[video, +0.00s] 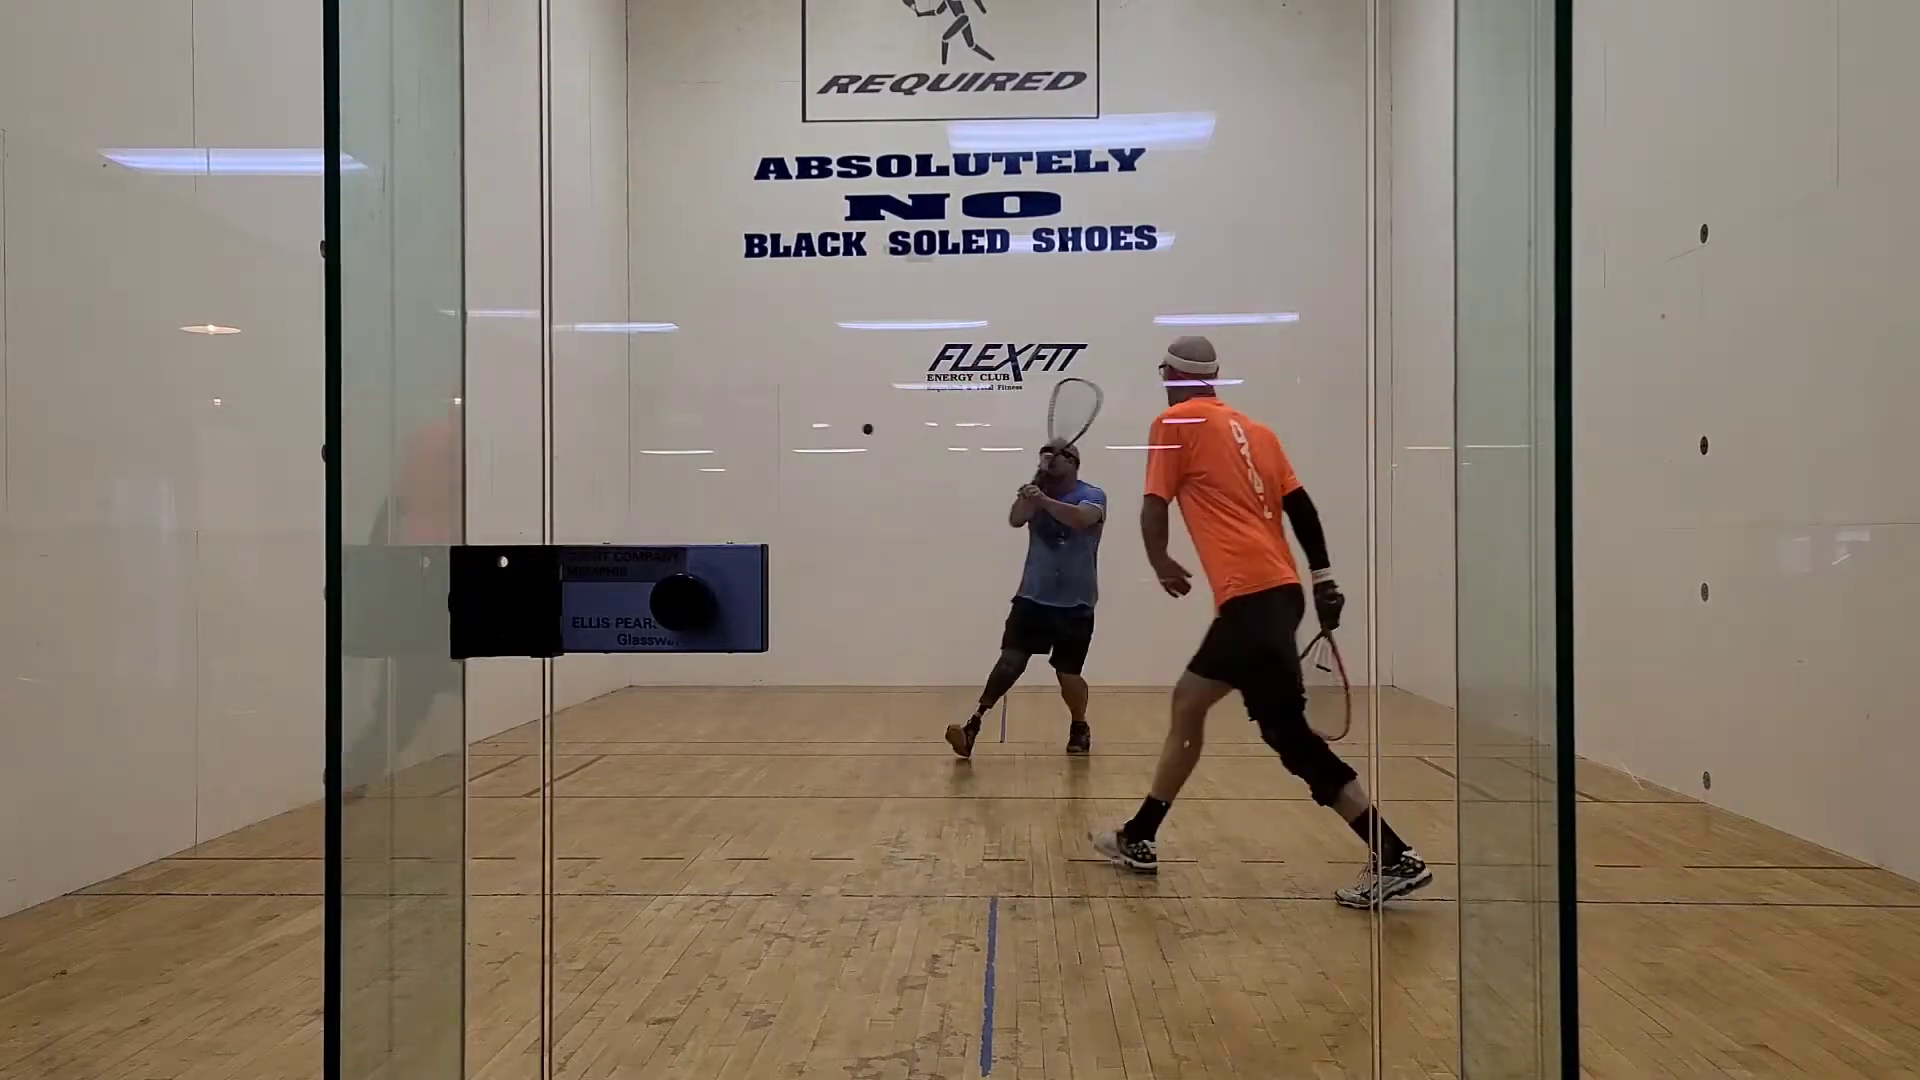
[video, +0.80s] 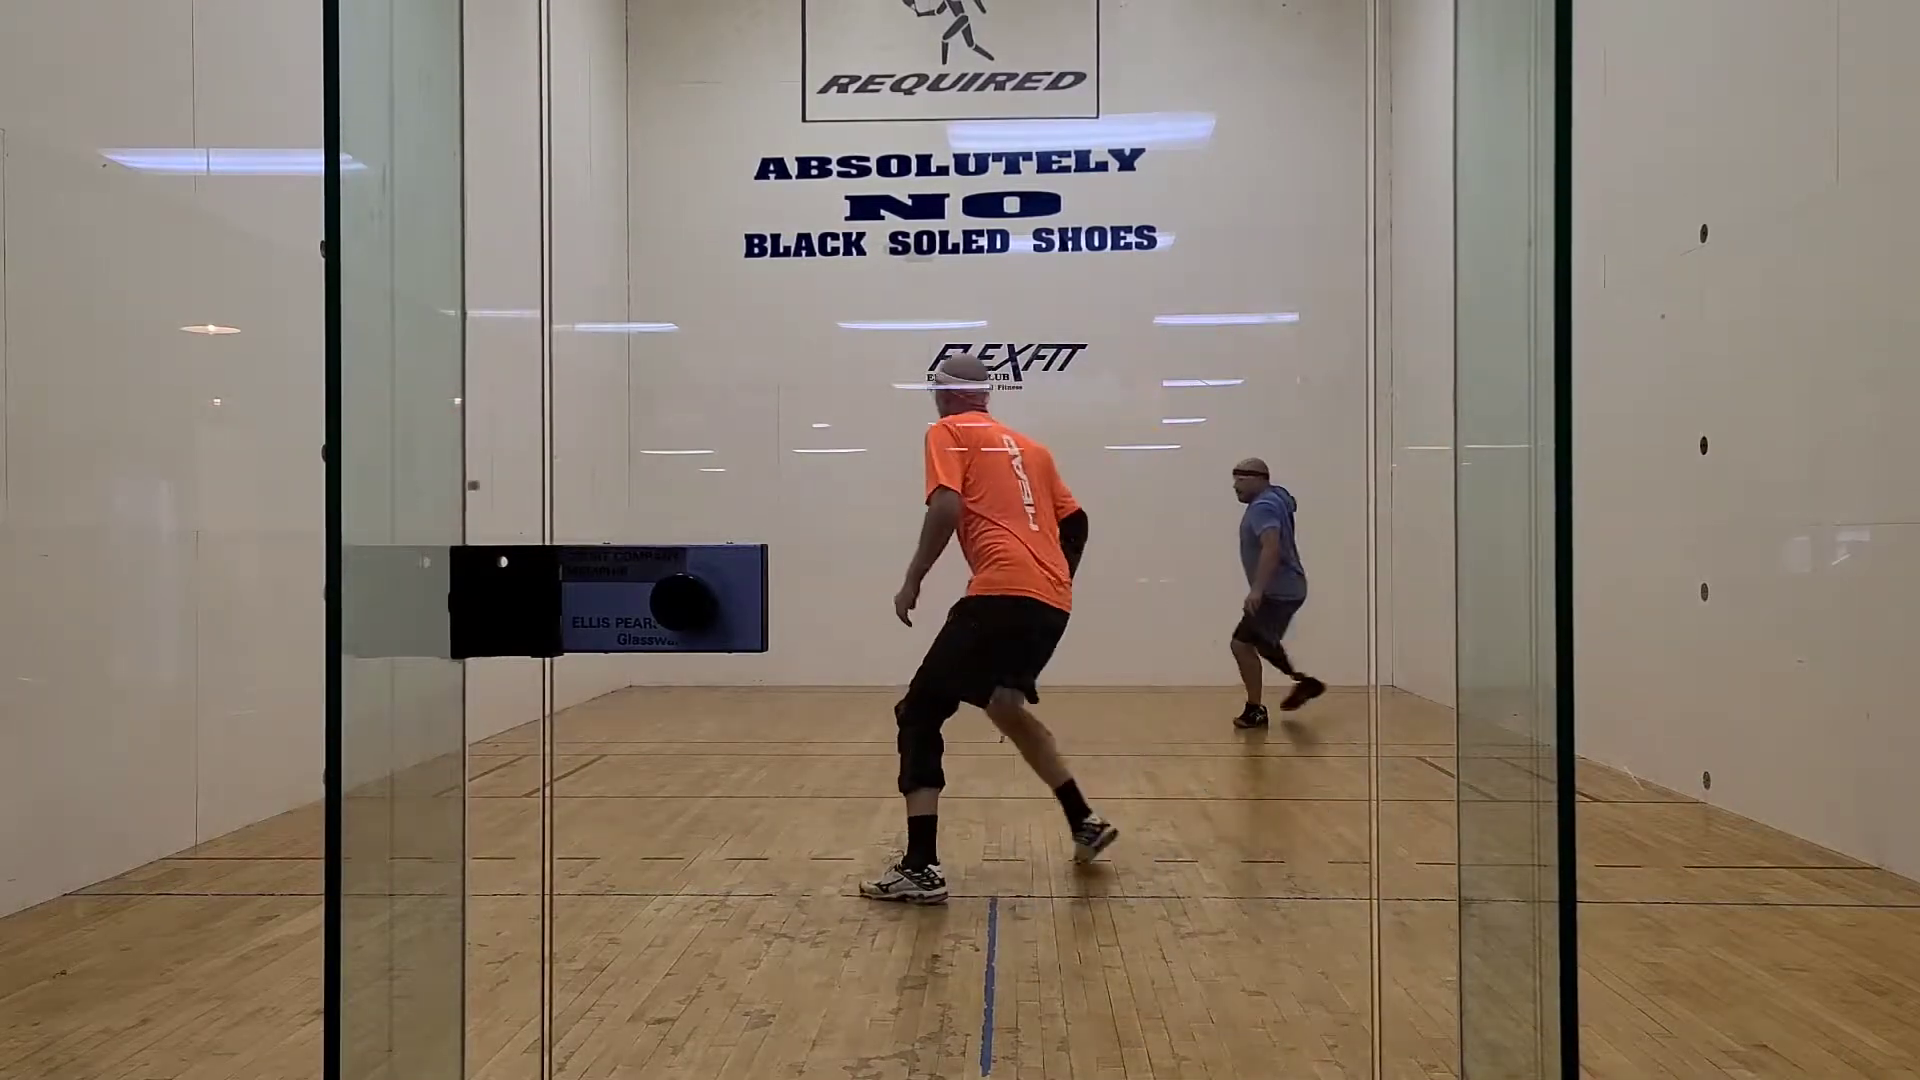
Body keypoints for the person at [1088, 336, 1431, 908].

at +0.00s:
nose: (1164, 389)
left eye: (1165, 380)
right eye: (1168, 379)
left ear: (1171, 380)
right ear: (1214, 379)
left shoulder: (1173, 425)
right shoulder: (1255, 430)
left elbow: (1154, 512)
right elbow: (1300, 505)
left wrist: (1159, 561)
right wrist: (1324, 579)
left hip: (1247, 596)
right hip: (1281, 590)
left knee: (1291, 739)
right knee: (1188, 701)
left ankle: (1394, 856)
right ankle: (1139, 836)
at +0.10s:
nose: (1133, 391)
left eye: (1137, 383)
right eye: (1136, 382)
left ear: (1150, 384)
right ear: (1180, 388)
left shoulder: (1140, 422)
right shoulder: (1212, 440)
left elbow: (1124, 502)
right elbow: (1256, 519)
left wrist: (1116, 580)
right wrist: (1277, 597)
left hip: (1201, 596)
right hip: (1230, 594)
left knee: (1210, 742)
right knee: (1138, 698)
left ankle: (1340, 833)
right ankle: (1130, 840)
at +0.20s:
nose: (1108, 394)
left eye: (1110, 387)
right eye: (1113, 387)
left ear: (1113, 386)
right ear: (1154, 390)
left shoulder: (1109, 419)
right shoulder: (1186, 443)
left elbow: (1091, 506)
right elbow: (1222, 529)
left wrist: (1077, 591)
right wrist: (1229, 600)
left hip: (1156, 586)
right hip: (1201, 589)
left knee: (1130, 725)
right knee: (1128, 715)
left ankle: (1254, 814)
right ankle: (1128, 839)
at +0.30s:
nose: (1086, 385)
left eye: (1087, 378)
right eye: (1090, 378)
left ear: (1088, 378)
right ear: (1132, 382)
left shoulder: (1083, 411)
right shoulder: (1158, 433)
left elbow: (1063, 485)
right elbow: (1194, 523)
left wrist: (1043, 571)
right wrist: (1179, 594)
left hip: (1130, 580)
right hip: (1179, 586)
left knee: (1071, 706)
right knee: (1120, 703)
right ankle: (1127, 836)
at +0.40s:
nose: (1062, 383)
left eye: (1063, 376)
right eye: (1068, 376)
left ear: (1066, 375)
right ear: (1110, 378)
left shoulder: (1061, 408)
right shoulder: (1145, 434)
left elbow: (1040, 474)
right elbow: (1176, 518)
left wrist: (1017, 556)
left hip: (1100, 579)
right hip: (1159, 584)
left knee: (1035, 700)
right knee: (1109, 695)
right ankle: (1124, 838)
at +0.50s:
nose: (1042, 390)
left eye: (1042, 382)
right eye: (1048, 382)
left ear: (1044, 381)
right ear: (1088, 385)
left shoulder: (1039, 412)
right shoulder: (1123, 436)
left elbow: (1017, 474)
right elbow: (1152, 521)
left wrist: (992, 554)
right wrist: (1071, 561)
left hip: (1073, 578)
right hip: (1135, 586)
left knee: (1002, 701)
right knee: (1093, 694)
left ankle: (981, 849)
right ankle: (1120, 836)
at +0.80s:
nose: (937, 406)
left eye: (937, 396)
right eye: (940, 396)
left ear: (944, 396)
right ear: (986, 397)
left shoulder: (948, 431)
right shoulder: (1030, 447)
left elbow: (946, 508)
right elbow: (1075, 522)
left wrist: (913, 578)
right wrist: (1049, 590)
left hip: (997, 595)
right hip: (1052, 602)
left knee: (918, 714)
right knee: (1005, 703)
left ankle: (921, 866)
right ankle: (1084, 820)